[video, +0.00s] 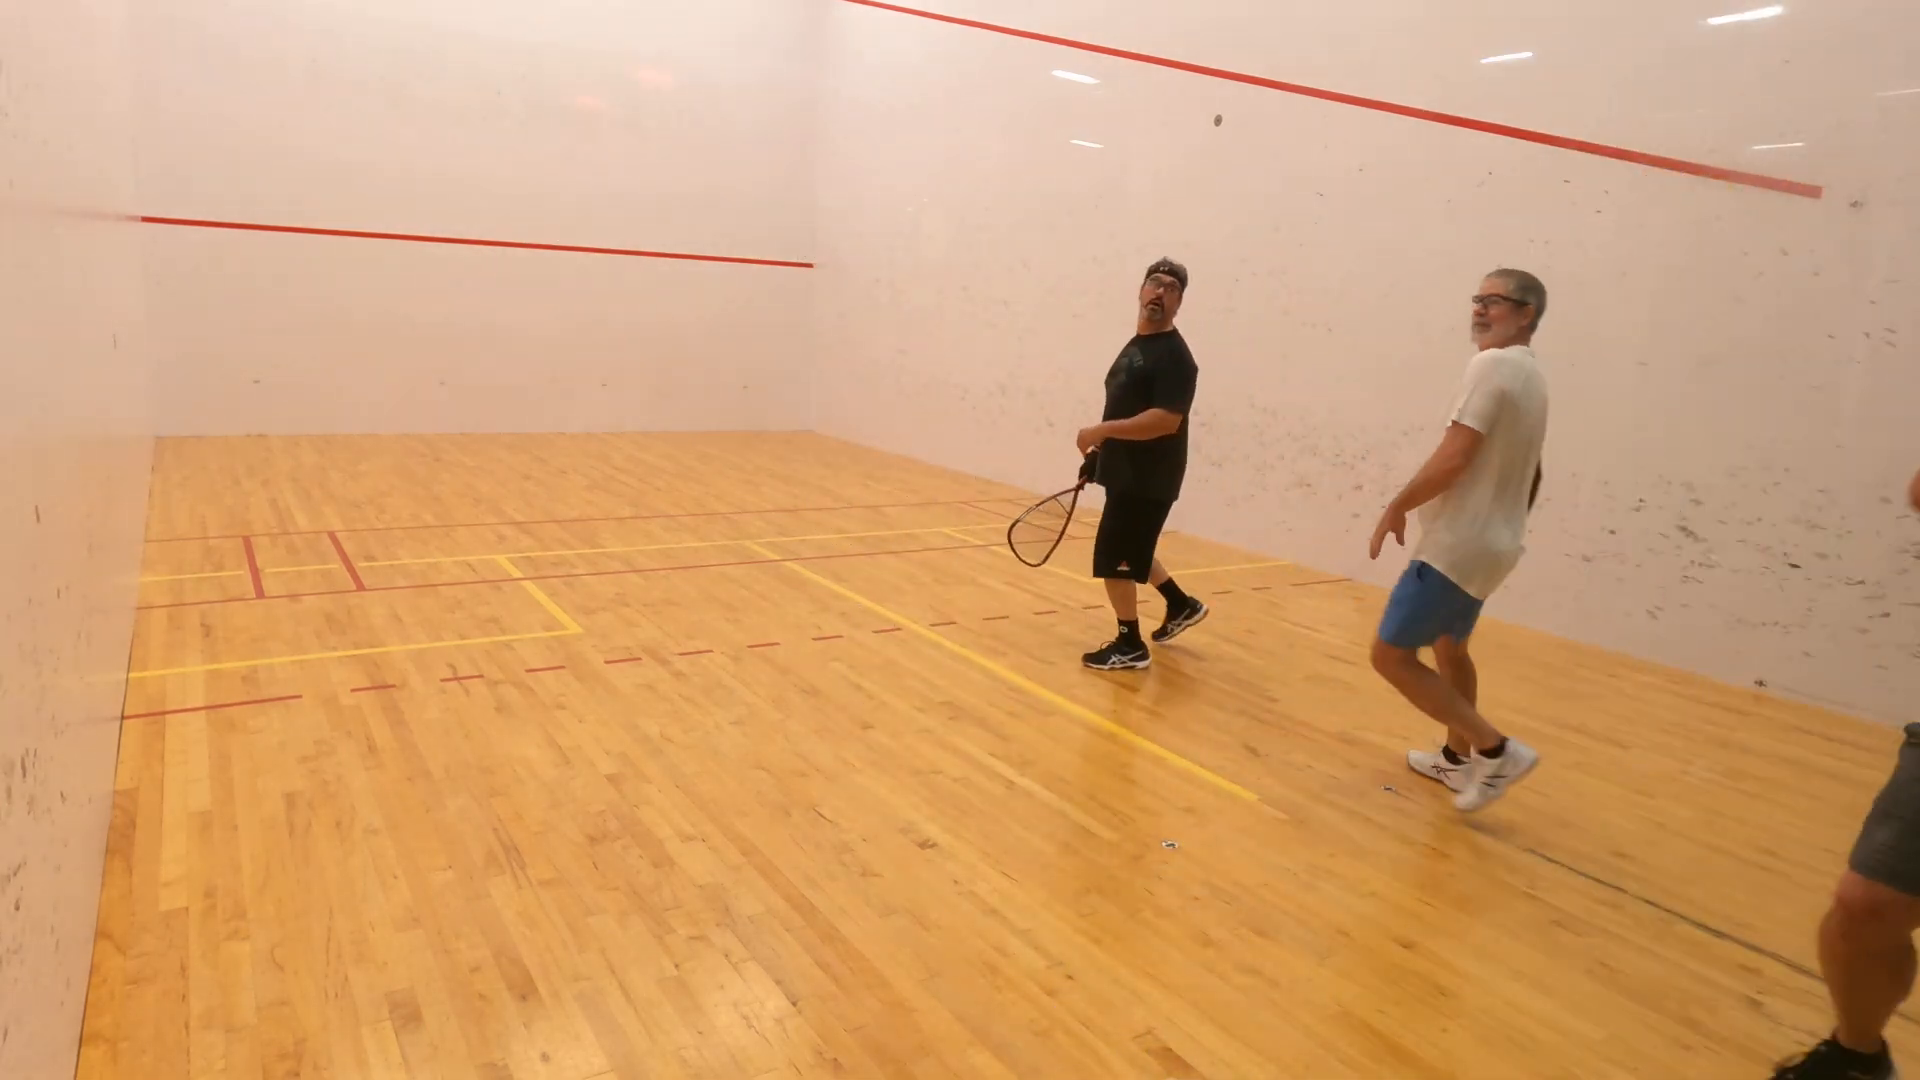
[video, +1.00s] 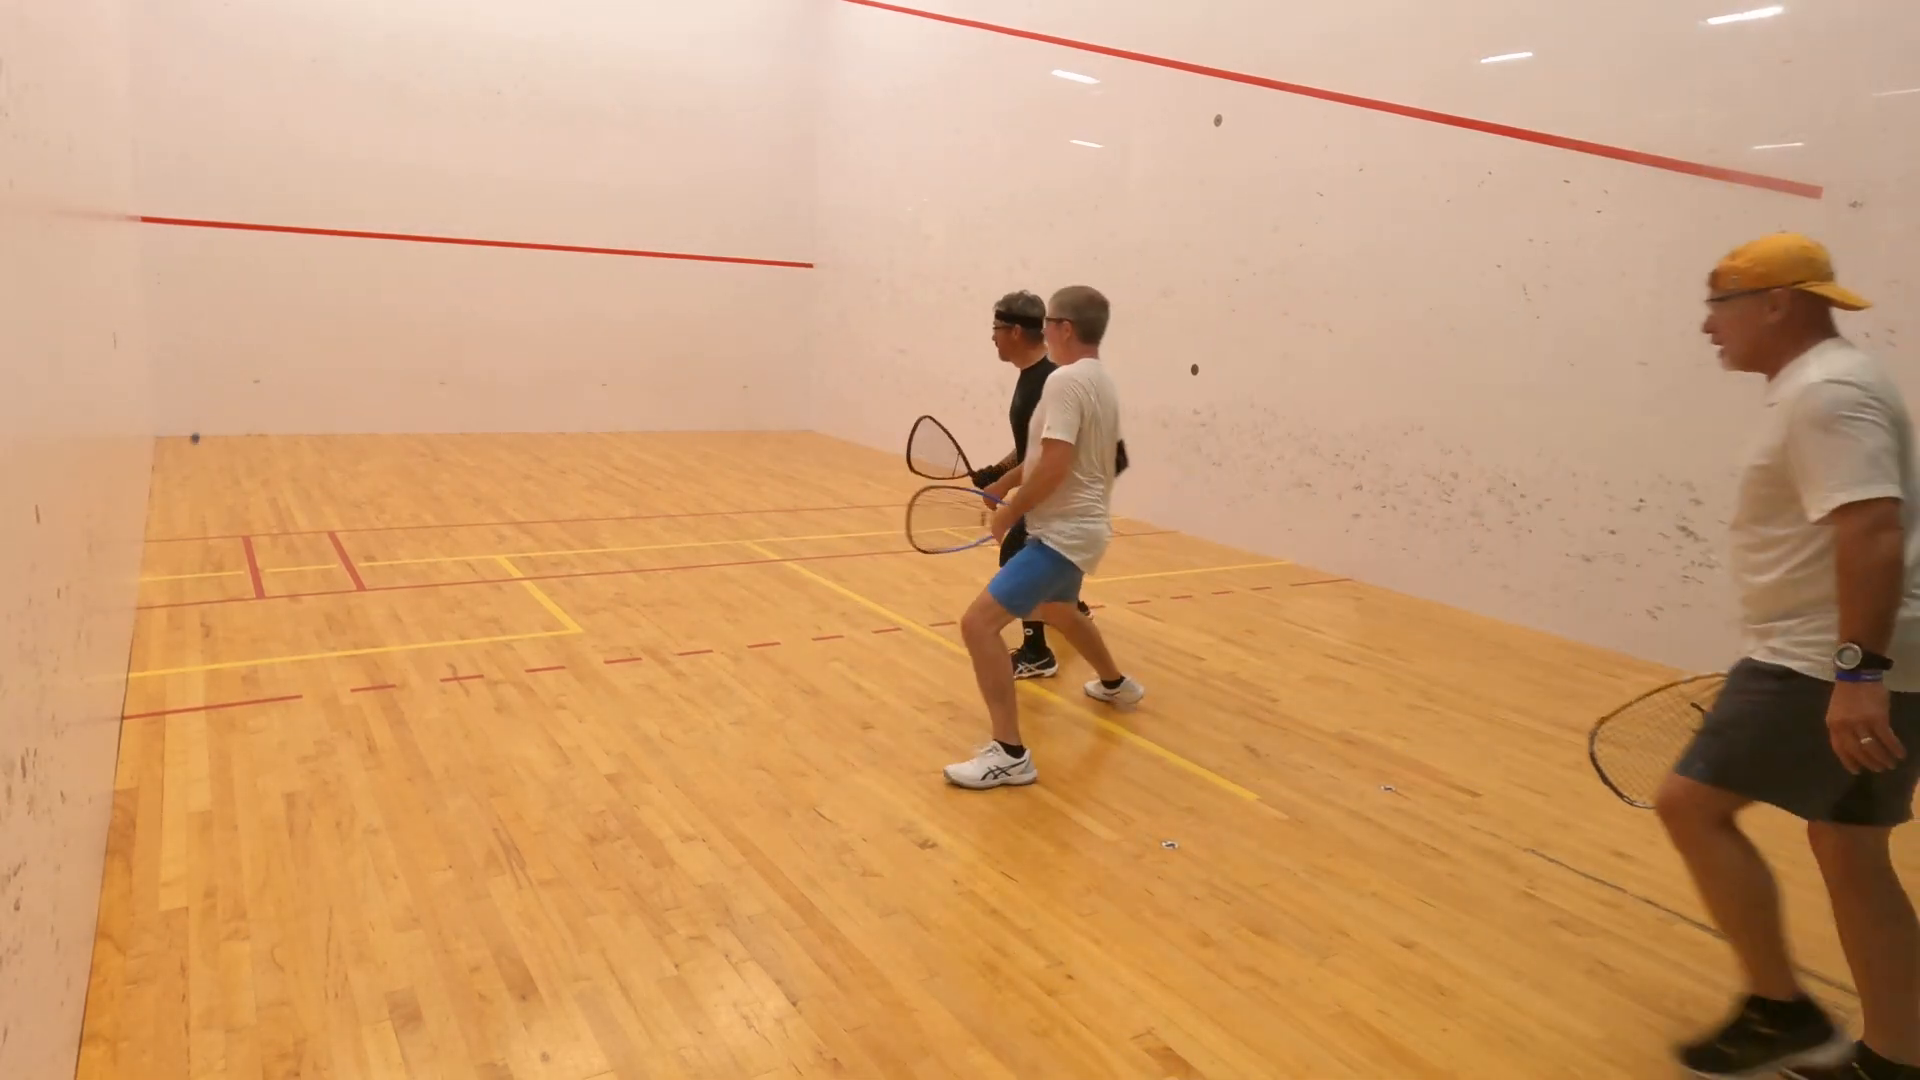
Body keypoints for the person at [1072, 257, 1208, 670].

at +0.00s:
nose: (1160, 293)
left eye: (1170, 289)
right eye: (1155, 284)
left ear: (1179, 303)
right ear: (1141, 291)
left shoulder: (1176, 357)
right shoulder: (1138, 346)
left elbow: (1168, 419)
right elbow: (1123, 410)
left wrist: (1102, 431)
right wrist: (1098, 454)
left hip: (1149, 479)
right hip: (1126, 472)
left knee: (1115, 559)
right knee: (1130, 548)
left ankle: (1131, 643)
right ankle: (1180, 602)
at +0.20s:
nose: (1126, 290)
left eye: (1138, 286)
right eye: (1122, 281)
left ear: (1150, 299)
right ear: (1112, 288)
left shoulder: (1146, 352)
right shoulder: (1114, 341)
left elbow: (1139, 415)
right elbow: (1103, 405)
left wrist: (1079, 433)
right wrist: (1089, 456)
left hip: (1130, 470)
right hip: (1106, 464)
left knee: (1111, 552)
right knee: (1091, 535)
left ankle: (1131, 642)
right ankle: (1097, 604)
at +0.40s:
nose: (1091, 288)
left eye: (1103, 284)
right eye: (1091, 281)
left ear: (1123, 298)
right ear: (1088, 287)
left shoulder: (1120, 352)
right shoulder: (1095, 337)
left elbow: (1113, 416)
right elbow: (1085, 401)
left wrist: (1059, 432)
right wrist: (1065, 445)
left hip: (1106, 463)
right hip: (1082, 457)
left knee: (1094, 553)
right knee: (1066, 533)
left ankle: (1127, 638)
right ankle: (1074, 604)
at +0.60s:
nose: (1058, 289)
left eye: (1065, 284)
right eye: (1061, 283)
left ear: (1082, 293)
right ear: (1088, 294)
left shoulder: (1095, 346)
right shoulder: (1084, 337)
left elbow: (1089, 413)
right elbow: (1079, 404)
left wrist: (1041, 432)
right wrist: (1054, 441)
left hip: (1088, 463)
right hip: (1079, 458)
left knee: (1063, 542)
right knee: (1066, 535)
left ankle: (1091, 635)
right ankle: (1075, 604)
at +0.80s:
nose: (1026, 314)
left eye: (1031, 307)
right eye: (1027, 306)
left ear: (1049, 312)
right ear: (1059, 313)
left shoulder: (1071, 362)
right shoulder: (1060, 356)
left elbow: (1064, 428)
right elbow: (1057, 424)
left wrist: (1018, 453)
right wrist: (1031, 458)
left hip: (1074, 477)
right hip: (1067, 474)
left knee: (1036, 548)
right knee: (1056, 545)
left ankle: (1046, 641)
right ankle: (1078, 610)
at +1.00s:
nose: (993, 337)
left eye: (998, 329)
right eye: (994, 328)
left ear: (1019, 333)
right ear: (1020, 332)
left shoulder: (1049, 382)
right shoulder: (1030, 377)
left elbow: (1051, 455)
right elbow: (1033, 447)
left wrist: (1006, 489)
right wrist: (998, 473)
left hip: (1045, 498)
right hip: (1031, 493)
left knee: (1016, 561)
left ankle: (1037, 649)